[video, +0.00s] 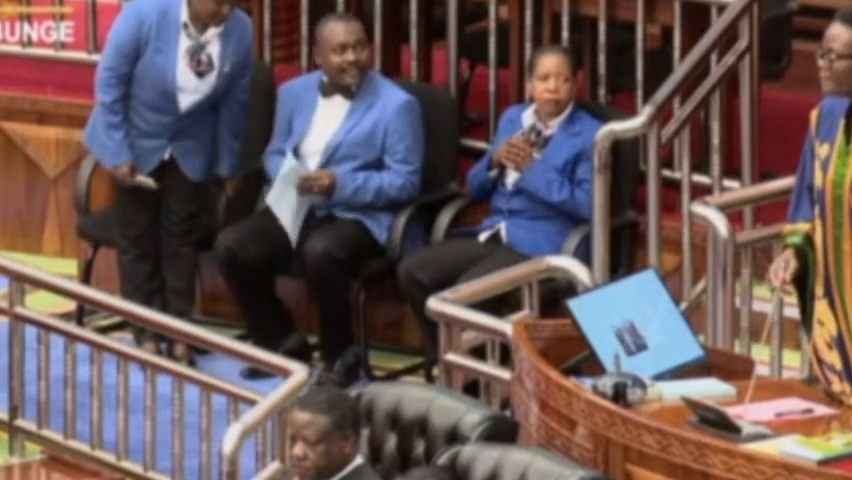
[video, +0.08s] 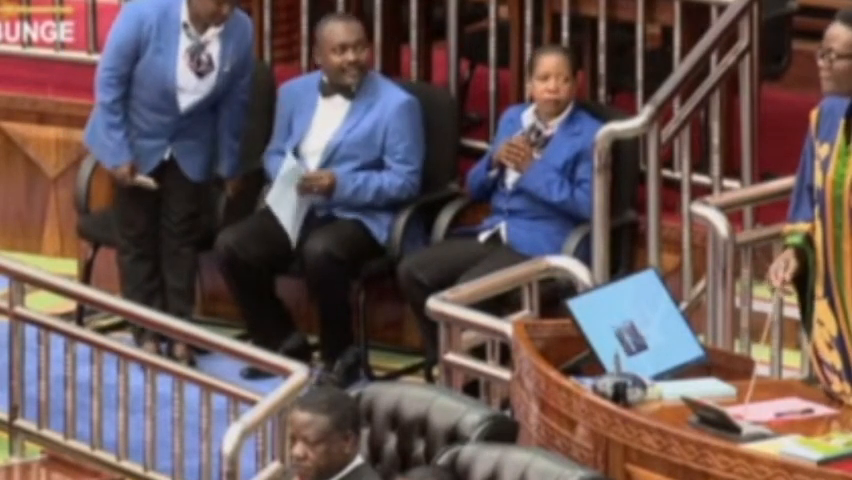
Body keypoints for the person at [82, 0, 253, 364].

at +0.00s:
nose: (226, 13)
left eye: (230, 7)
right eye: (220, 5)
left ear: (232, 7)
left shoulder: (240, 29)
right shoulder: (144, 14)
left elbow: (236, 101)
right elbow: (110, 80)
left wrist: (227, 162)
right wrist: (117, 152)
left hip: (194, 141)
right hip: (139, 139)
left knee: (183, 236)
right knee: (138, 237)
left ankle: (180, 331)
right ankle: (144, 331)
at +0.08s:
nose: (226, 13)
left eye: (230, 7)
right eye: (220, 5)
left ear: (232, 7)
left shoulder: (240, 29)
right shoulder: (144, 14)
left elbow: (236, 101)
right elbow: (110, 81)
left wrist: (228, 162)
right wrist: (117, 152)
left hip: (194, 142)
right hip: (139, 139)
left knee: (182, 238)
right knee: (138, 239)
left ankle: (180, 332)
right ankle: (144, 332)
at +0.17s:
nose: (227, 12)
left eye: (231, 7)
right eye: (222, 5)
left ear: (232, 7)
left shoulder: (241, 30)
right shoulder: (145, 14)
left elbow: (236, 100)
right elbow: (110, 81)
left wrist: (227, 162)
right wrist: (118, 153)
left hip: (193, 142)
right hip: (138, 139)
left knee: (182, 238)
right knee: (138, 239)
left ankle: (180, 332)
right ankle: (144, 332)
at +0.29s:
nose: (225, 10)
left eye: (229, 5)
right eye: (219, 3)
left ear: (232, 5)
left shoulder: (241, 29)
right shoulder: (146, 13)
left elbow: (236, 100)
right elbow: (111, 81)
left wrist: (227, 163)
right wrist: (120, 155)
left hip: (193, 143)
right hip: (136, 140)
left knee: (182, 239)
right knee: (136, 240)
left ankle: (180, 332)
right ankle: (143, 332)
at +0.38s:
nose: (223, 8)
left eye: (228, 4)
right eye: (218, 3)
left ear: (231, 4)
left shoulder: (240, 29)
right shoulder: (146, 13)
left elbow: (236, 100)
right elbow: (111, 81)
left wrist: (226, 162)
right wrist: (120, 155)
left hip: (192, 143)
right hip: (135, 140)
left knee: (181, 239)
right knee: (136, 240)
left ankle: (180, 332)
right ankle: (144, 332)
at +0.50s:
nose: (221, 7)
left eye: (225, 4)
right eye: (216, 2)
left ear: (228, 4)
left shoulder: (239, 28)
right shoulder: (145, 13)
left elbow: (233, 98)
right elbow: (111, 82)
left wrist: (225, 159)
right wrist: (120, 155)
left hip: (191, 142)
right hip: (135, 140)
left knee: (180, 239)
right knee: (135, 240)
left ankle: (180, 332)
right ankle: (144, 332)